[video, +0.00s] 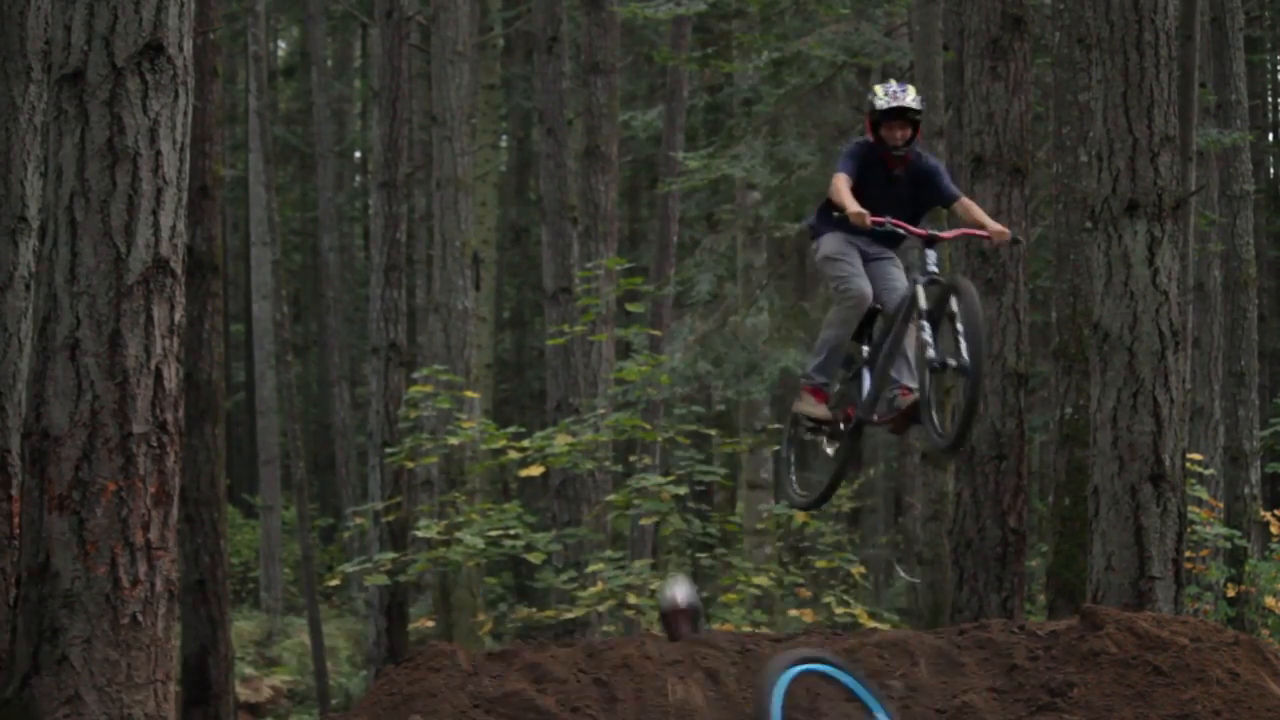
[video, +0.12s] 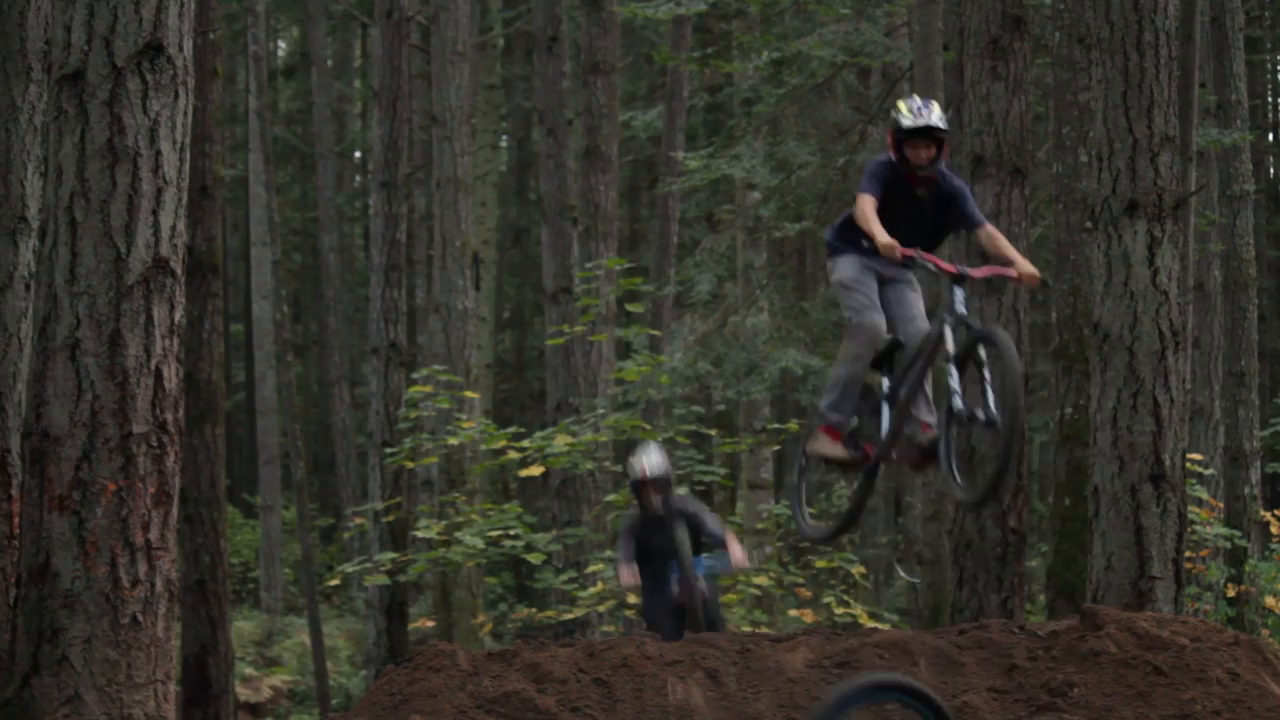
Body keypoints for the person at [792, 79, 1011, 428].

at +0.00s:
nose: (897, 133)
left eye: (904, 126)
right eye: (889, 126)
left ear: (915, 129)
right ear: (876, 127)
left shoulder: (923, 166)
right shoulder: (860, 152)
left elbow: (958, 202)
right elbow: (839, 184)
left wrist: (990, 225)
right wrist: (851, 206)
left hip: (881, 248)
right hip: (839, 236)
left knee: (902, 304)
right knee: (858, 294)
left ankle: (901, 393)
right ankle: (813, 388)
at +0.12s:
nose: (921, 153)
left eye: (928, 145)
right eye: (913, 145)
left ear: (940, 147)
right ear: (898, 145)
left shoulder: (950, 188)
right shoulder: (883, 170)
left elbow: (982, 230)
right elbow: (864, 208)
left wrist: (1019, 261)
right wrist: (882, 237)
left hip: (900, 268)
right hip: (855, 256)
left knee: (918, 337)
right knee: (871, 329)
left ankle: (920, 431)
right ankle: (827, 430)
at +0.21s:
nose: (951, 198)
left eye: (959, 189)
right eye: (942, 189)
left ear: (968, 192)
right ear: (924, 189)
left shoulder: (974, 235)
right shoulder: (909, 217)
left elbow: (1009, 286)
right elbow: (887, 260)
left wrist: (1045, 328)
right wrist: (910, 299)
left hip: (921, 315)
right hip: (873, 303)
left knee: (938, 399)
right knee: (884, 390)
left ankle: (938, 490)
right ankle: (846, 493)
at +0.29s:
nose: (973, 244)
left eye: (980, 235)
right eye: (964, 235)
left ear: (990, 238)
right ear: (945, 235)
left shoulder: (993, 283)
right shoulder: (927, 266)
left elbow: (1025, 345)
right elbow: (905, 312)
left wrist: (1061, 390)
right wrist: (931, 361)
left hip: (935, 363)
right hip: (887, 353)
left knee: (953, 445)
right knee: (894, 445)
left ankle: (954, 545)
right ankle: (859, 553)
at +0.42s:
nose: (1030, 341)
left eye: (1037, 334)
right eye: (1021, 331)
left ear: (1044, 335)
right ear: (999, 326)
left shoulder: (1039, 370)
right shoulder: (974, 345)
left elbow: (1073, 421)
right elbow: (928, 371)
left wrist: (1111, 454)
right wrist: (966, 418)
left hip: (965, 423)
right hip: (918, 405)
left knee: (1011, 475)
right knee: (948, 468)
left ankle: (980, 569)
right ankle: (890, 564)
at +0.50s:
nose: (1064, 364)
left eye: (1071, 357)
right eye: (1056, 354)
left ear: (1078, 354)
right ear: (1032, 341)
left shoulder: (1071, 381)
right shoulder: (1003, 356)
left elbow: (1107, 430)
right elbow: (988, 393)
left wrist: (1152, 472)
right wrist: (1038, 434)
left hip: (1002, 450)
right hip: (950, 447)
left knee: (1071, 498)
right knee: (948, 547)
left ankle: (1049, 592)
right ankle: (913, 673)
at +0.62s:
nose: (1098, 379)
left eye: (1105, 370)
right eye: (1090, 368)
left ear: (1109, 371)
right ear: (1064, 360)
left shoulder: (1094, 407)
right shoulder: (1036, 384)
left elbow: (1142, 463)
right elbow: (1034, 430)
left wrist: (1200, 503)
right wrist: (1096, 476)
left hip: (1037, 495)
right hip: (986, 507)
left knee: (1115, 510)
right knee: (982, 626)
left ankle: (1103, 620)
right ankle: (964, 715)